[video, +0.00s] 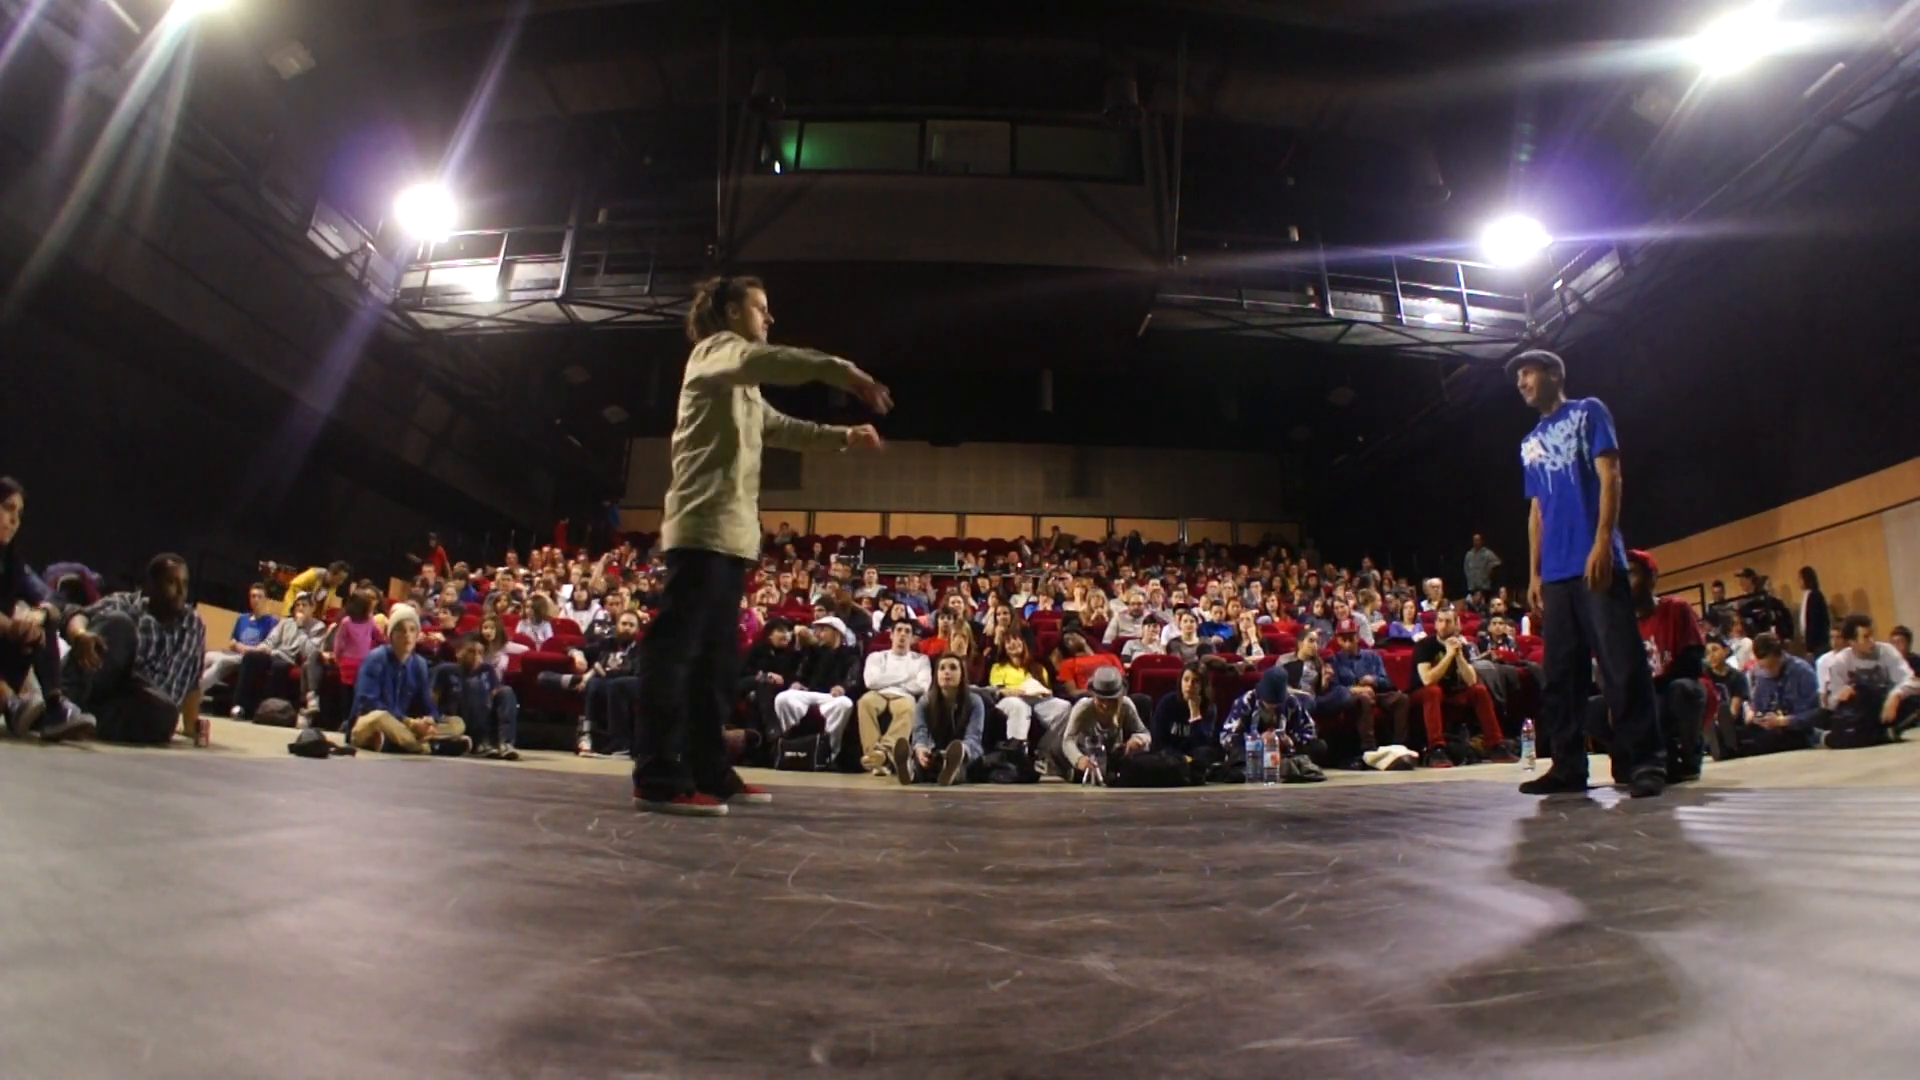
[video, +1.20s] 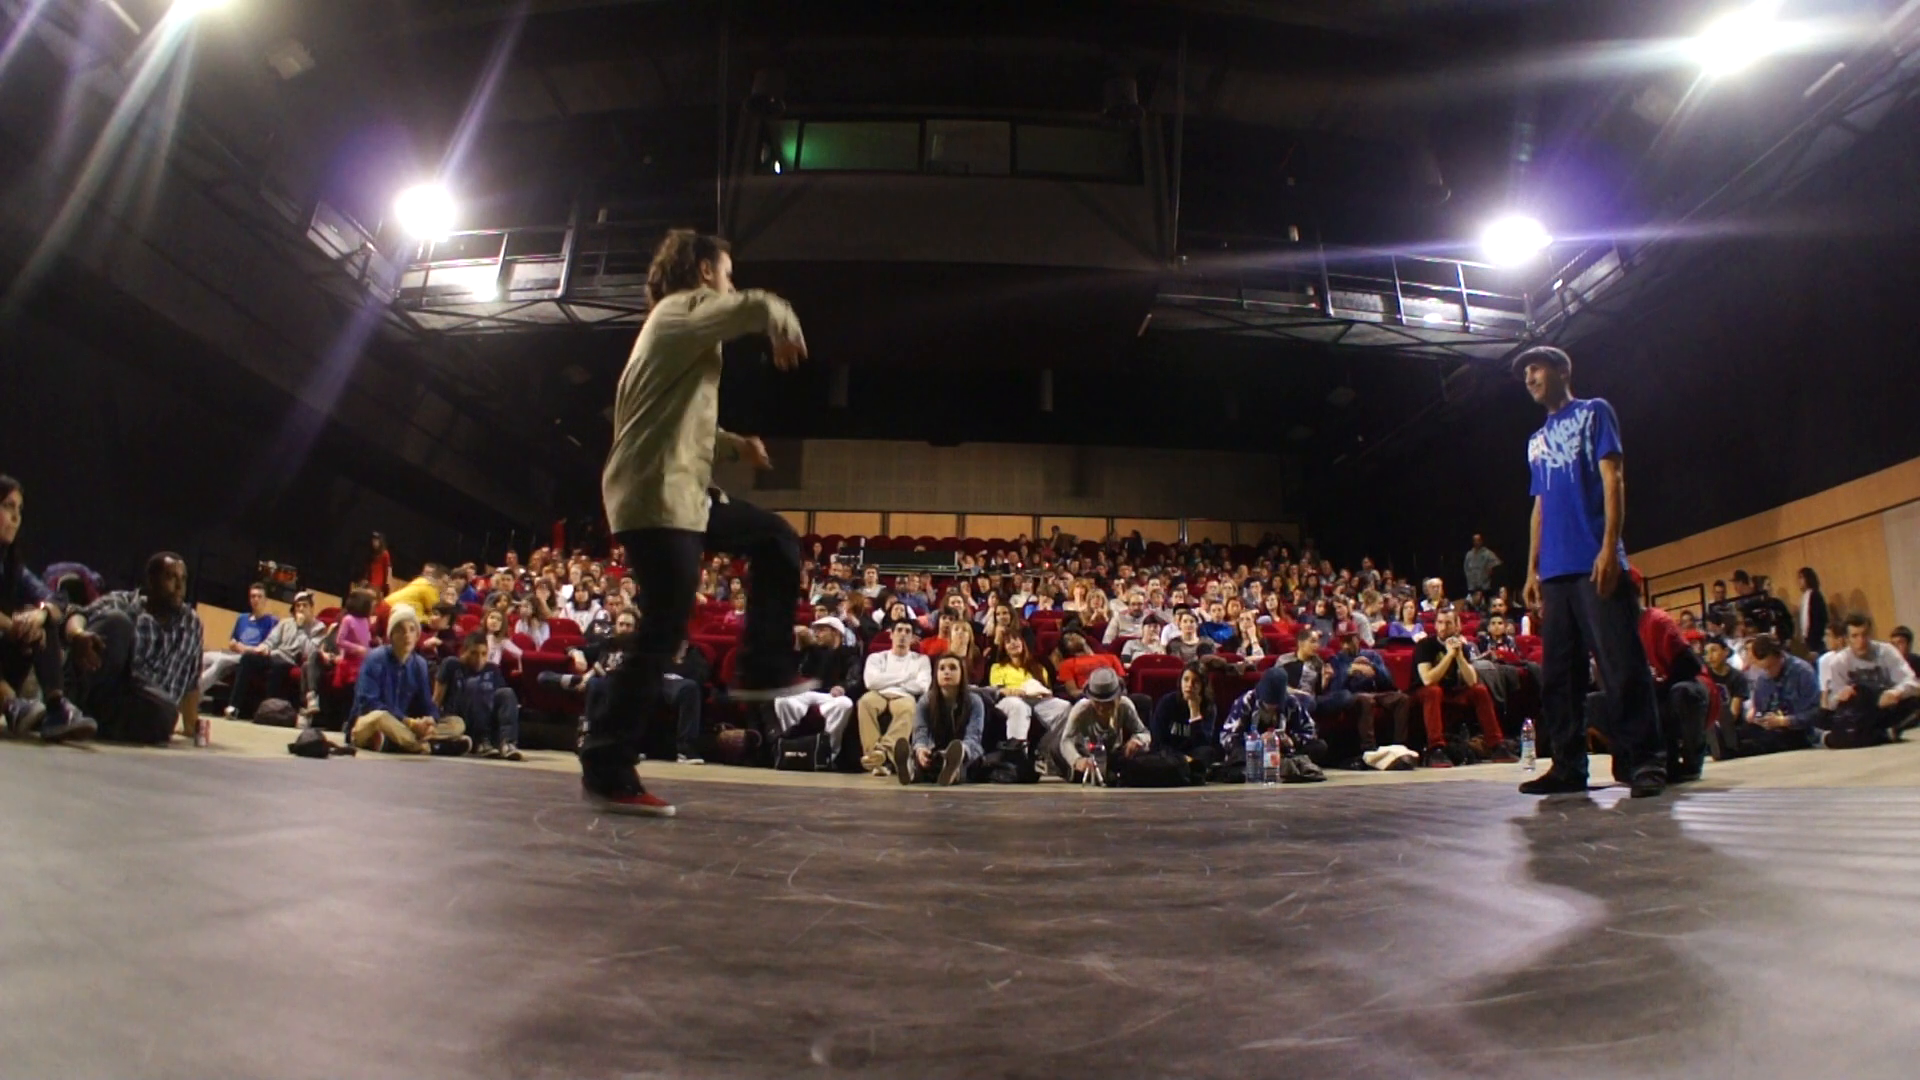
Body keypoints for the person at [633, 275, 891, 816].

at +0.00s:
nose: (769, 319)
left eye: (768, 311)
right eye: (761, 308)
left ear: (743, 315)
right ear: (729, 312)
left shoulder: (744, 379)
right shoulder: (714, 351)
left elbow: (779, 426)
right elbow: (768, 360)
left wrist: (844, 435)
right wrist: (848, 372)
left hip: (732, 534)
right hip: (703, 529)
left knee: (717, 658)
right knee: (675, 651)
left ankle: (709, 772)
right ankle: (658, 778)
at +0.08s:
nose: (769, 316)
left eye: (768, 308)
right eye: (759, 305)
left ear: (750, 316)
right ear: (727, 310)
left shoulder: (750, 382)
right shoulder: (709, 354)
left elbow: (786, 428)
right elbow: (733, 382)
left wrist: (851, 433)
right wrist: (821, 385)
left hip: (734, 532)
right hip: (699, 525)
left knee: (719, 659)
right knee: (674, 653)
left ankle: (708, 772)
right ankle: (655, 778)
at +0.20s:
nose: (769, 315)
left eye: (769, 307)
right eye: (760, 304)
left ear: (753, 316)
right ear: (727, 308)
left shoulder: (759, 381)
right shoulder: (695, 355)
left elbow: (805, 422)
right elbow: (689, 414)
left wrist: (859, 418)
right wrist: (771, 442)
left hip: (738, 538)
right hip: (688, 530)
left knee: (724, 660)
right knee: (675, 654)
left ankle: (708, 773)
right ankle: (655, 781)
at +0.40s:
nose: (775, 316)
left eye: (777, 309)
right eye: (766, 305)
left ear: (767, 318)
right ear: (733, 307)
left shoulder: (779, 384)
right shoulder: (685, 362)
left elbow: (843, 406)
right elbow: (629, 415)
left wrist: (818, 373)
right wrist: (679, 472)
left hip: (752, 545)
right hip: (685, 539)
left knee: (745, 660)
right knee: (670, 657)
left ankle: (738, 769)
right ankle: (656, 778)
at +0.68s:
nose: (775, 312)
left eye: (776, 304)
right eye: (766, 300)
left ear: (765, 314)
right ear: (732, 303)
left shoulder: (774, 381)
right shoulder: (689, 351)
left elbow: (808, 423)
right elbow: (621, 391)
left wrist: (844, 425)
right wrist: (664, 445)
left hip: (750, 534)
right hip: (690, 521)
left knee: (743, 654)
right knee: (686, 629)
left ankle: (743, 771)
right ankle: (633, 764)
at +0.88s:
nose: (760, 295)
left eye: (760, 287)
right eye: (752, 284)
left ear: (730, 288)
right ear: (719, 283)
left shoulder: (730, 355)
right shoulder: (685, 320)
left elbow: (768, 432)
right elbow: (665, 343)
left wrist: (827, 476)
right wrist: (750, 398)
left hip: (718, 510)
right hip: (673, 504)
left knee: (771, 623)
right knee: (664, 635)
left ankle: (757, 734)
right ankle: (613, 769)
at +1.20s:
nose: (732, 285)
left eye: (732, 276)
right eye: (726, 274)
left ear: (687, 274)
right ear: (700, 272)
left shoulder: (686, 335)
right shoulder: (673, 313)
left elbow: (679, 430)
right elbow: (759, 307)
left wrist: (736, 447)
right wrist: (782, 327)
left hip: (687, 493)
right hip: (655, 492)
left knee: (777, 539)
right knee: (664, 626)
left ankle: (766, 668)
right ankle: (608, 764)